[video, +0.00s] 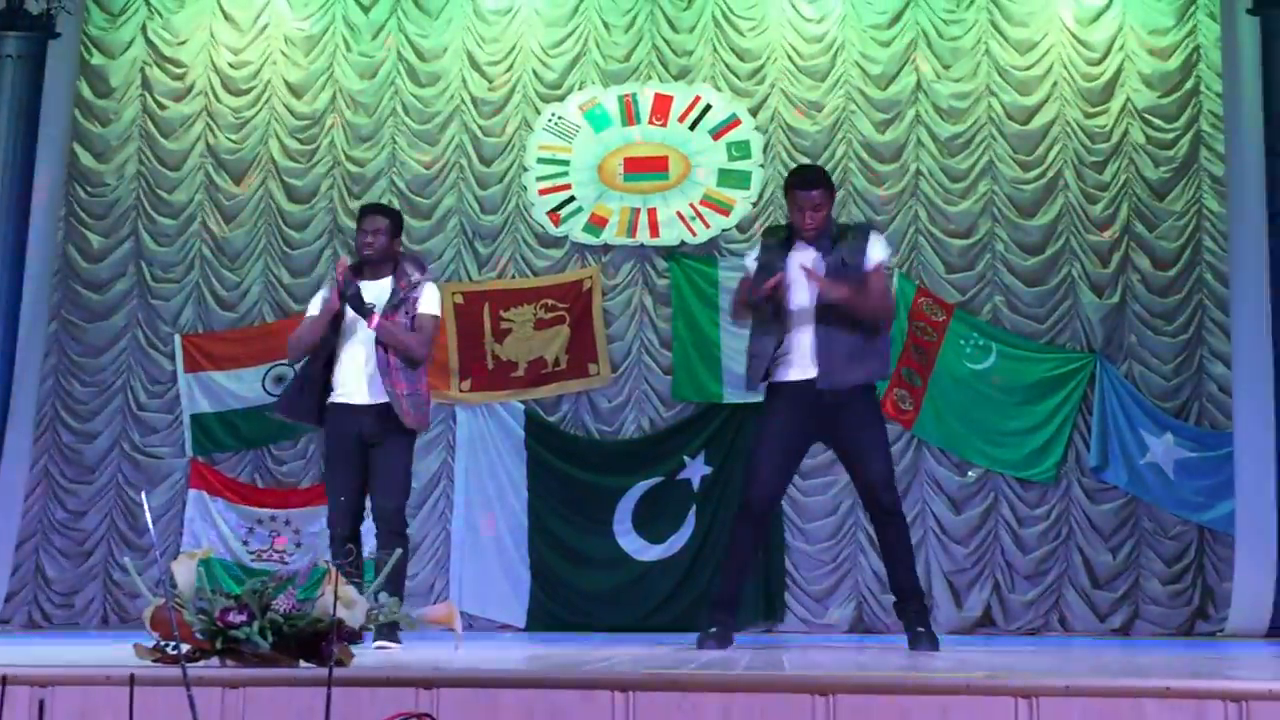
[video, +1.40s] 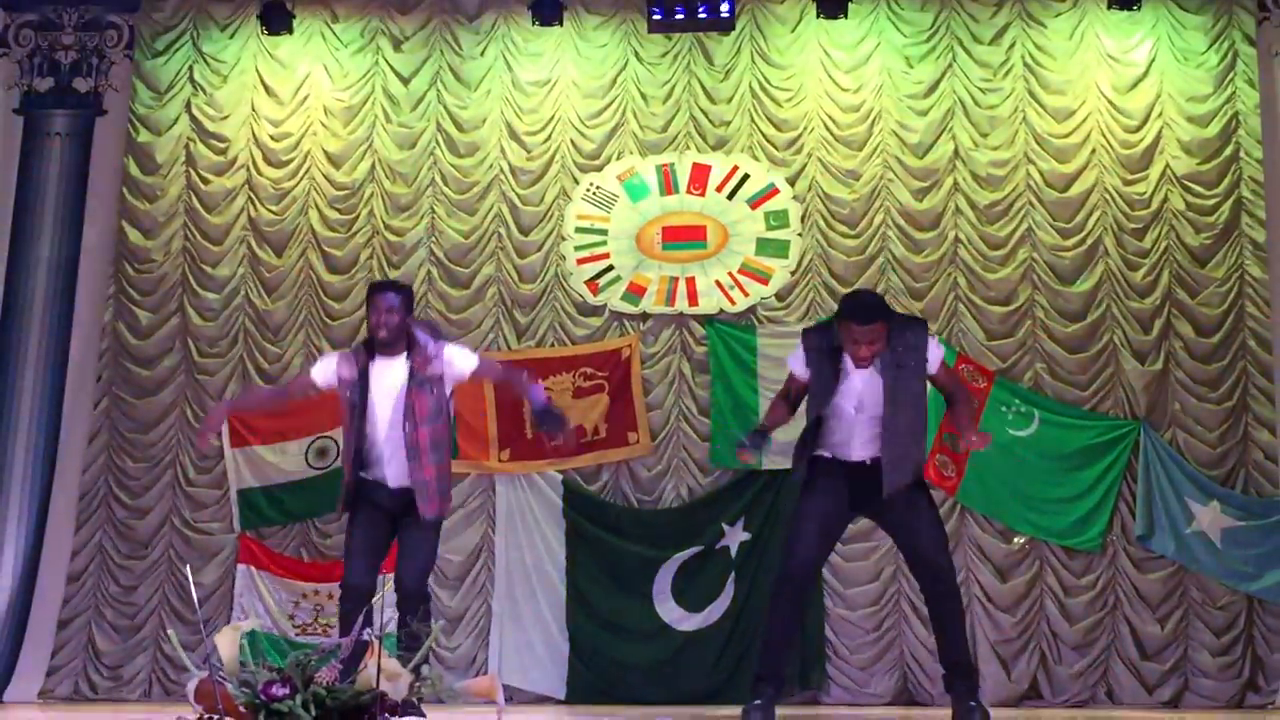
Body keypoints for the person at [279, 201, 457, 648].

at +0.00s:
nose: (368, 241)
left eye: (378, 234)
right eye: (363, 233)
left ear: (397, 240)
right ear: (355, 238)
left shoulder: (420, 287)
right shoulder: (335, 286)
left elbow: (420, 350)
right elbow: (296, 349)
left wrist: (369, 315)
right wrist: (332, 308)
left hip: (392, 415)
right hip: (341, 415)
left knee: (389, 517)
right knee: (343, 520)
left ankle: (387, 622)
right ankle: (345, 621)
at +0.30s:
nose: (378, 262)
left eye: (386, 256)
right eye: (370, 255)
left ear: (397, 262)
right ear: (357, 261)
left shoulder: (418, 315)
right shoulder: (331, 313)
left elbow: (441, 380)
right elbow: (304, 378)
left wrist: (398, 360)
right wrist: (356, 354)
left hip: (399, 436)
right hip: (349, 436)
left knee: (395, 530)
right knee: (352, 535)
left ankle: (388, 627)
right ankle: (355, 627)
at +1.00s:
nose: (401, 308)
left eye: (410, 301)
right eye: (394, 300)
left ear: (426, 307)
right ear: (385, 305)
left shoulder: (451, 359)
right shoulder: (365, 358)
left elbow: (476, 423)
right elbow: (342, 432)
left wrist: (438, 403)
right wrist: (357, 409)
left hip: (428, 490)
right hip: (377, 489)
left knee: (423, 589)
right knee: (371, 591)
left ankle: (421, 685)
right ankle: (387, 682)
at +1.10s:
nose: (393, 326)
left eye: (403, 318)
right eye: (386, 318)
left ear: (420, 326)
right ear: (378, 324)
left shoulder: (447, 378)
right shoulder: (361, 380)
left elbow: (465, 451)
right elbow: (349, 452)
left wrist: (433, 495)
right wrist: (353, 493)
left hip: (428, 503)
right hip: (379, 501)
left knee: (419, 593)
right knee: (364, 588)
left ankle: (418, 682)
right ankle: (369, 678)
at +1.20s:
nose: (385, 357)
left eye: (395, 349)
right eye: (378, 349)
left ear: (412, 358)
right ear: (369, 357)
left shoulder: (439, 407)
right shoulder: (352, 412)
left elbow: (464, 479)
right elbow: (330, 483)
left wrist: (474, 540)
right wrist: (307, 542)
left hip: (429, 513)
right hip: (377, 512)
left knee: (417, 593)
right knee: (358, 588)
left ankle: (414, 684)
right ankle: (350, 679)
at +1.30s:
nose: (381, 348)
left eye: (390, 340)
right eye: (374, 340)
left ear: (408, 347)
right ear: (365, 347)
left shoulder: (438, 394)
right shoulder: (347, 401)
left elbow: (488, 450)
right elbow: (297, 456)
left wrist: (530, 496)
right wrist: (247, 498)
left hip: (426, 512)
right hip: (374, 509)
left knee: (411, 592)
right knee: (354, 588)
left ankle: (411, 682)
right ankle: (347, 673)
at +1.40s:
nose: (381, 320)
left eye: (391, 312)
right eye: (375, 312)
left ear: (409, 317)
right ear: (367, 317)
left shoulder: (440, 359)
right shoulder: (347, 364)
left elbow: (507, 373)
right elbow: (285, 392)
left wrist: (538, 401)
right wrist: (227, 405)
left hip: (423, 500)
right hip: (370, 495)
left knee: (411, 588)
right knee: (355, 586)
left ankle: (412, 687)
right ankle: (343, 684)